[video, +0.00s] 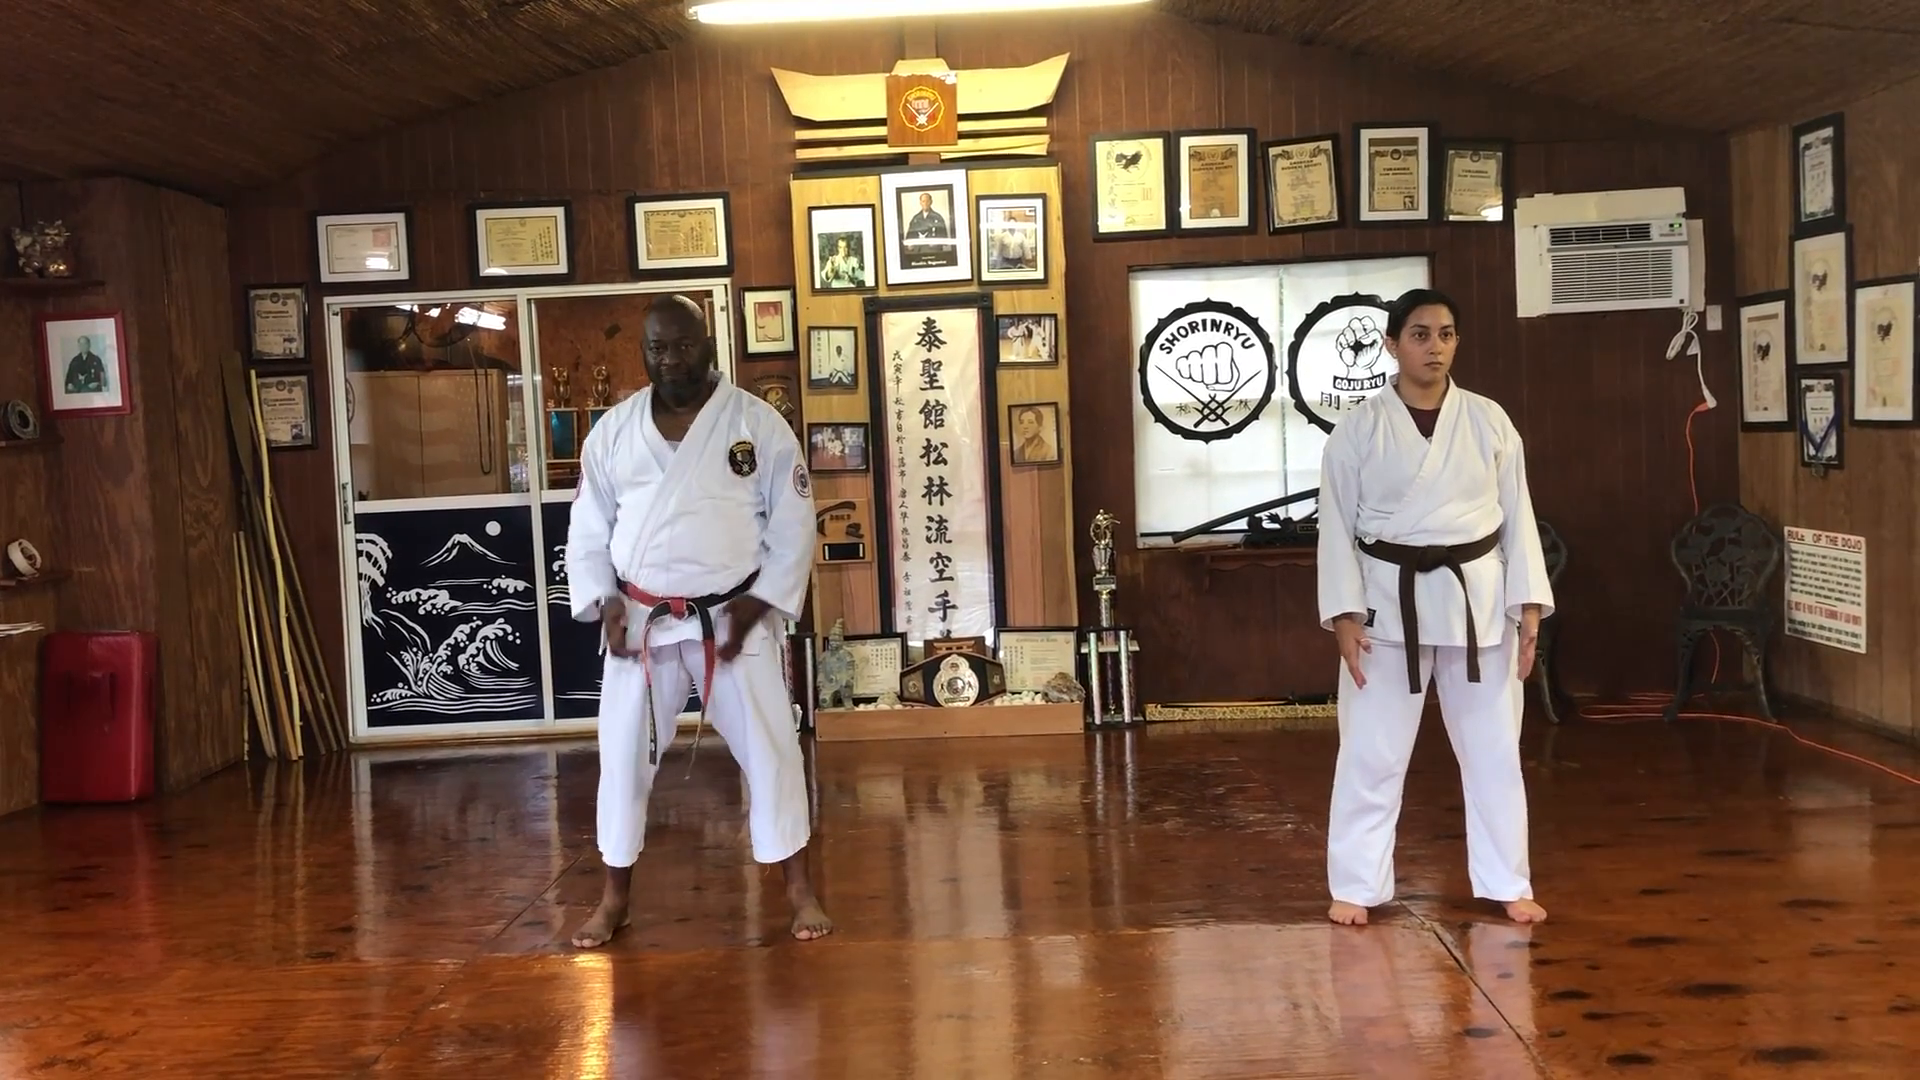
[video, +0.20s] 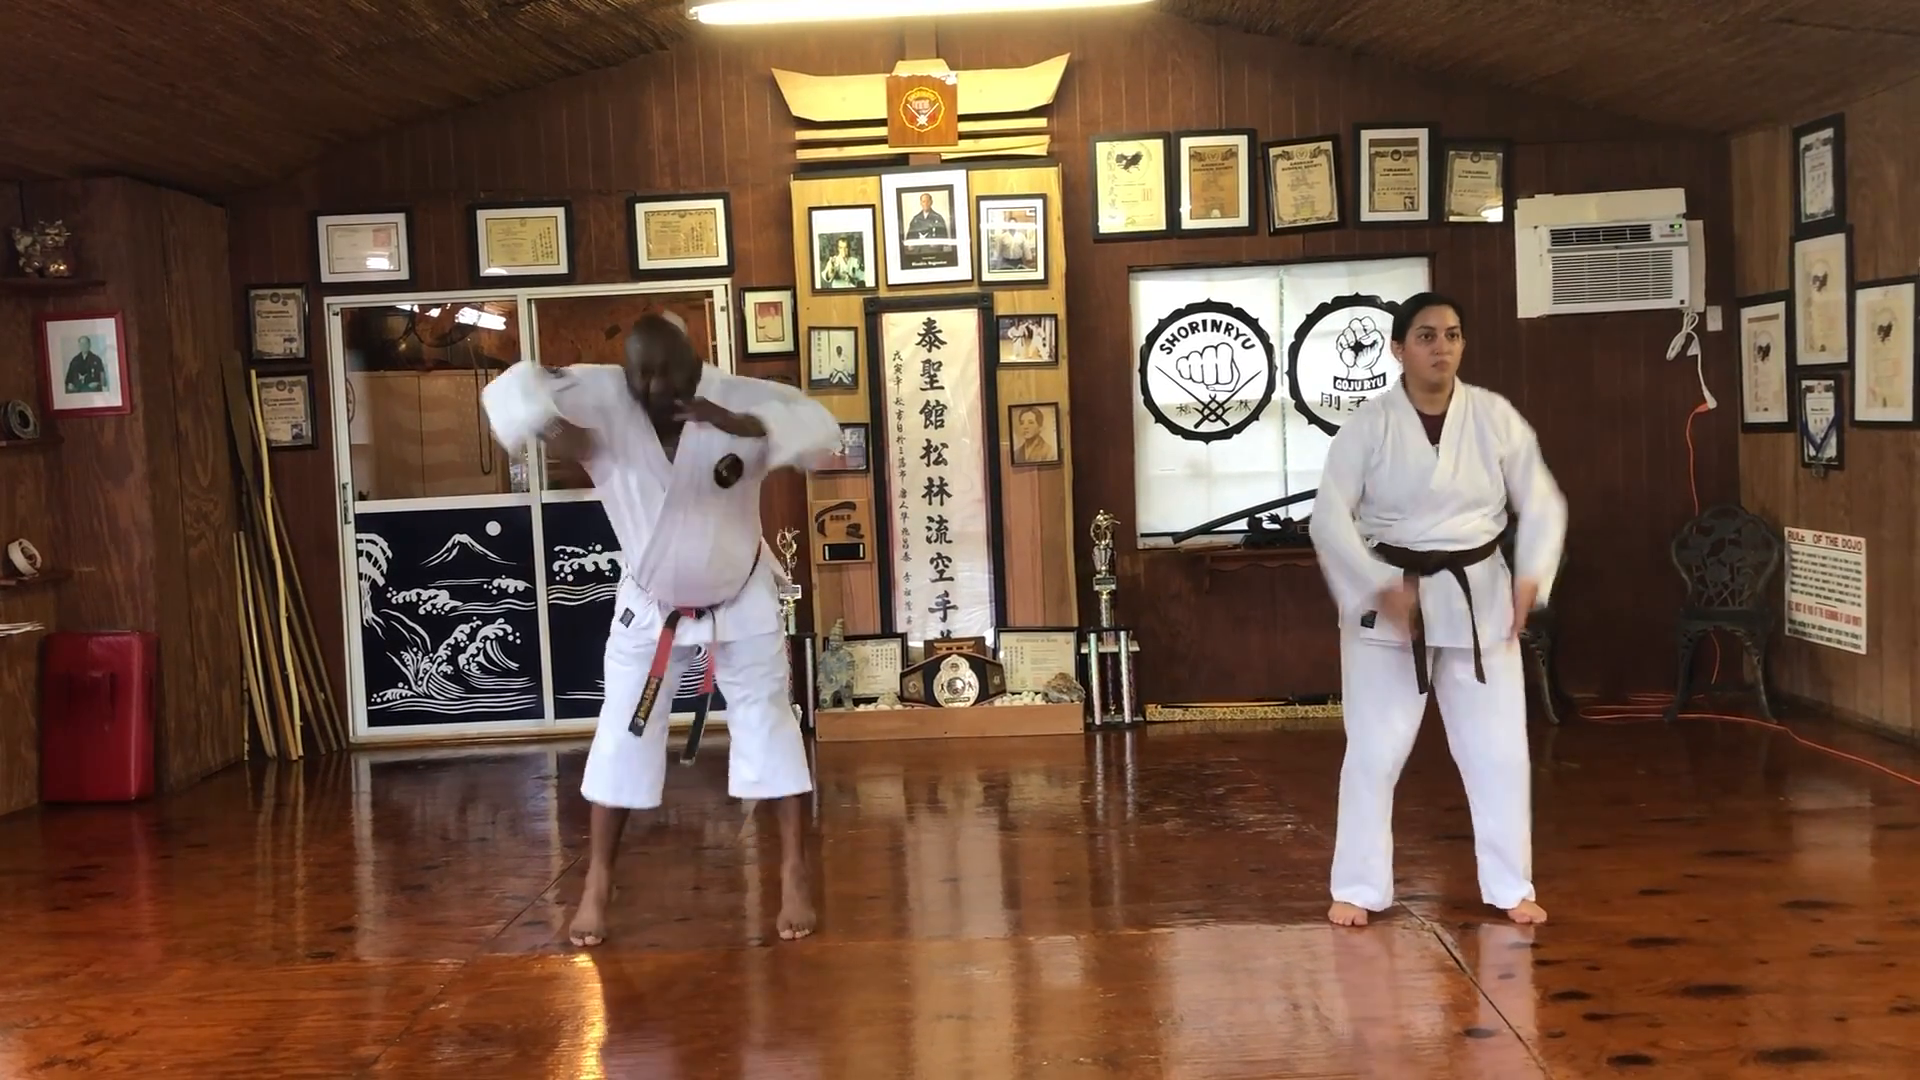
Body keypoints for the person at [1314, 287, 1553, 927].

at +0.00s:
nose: (1435, 345)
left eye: (1445, 334)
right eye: (1420, 333)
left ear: (1457, 344)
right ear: (1393, 345)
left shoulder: (1489, 420)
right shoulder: (1358, 427)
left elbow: (1518, 519)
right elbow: (1336, 523)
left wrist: (1529, 606)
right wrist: (1343, 611)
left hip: (1480, 603)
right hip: (1387, 603)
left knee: (1494, 755)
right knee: (1372, 756)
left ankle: (1508, 885)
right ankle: (1354, 890)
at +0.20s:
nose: (1441, 347)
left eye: (1451, 335)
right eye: (1426, 336)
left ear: (1463, 346)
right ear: (1399, 348)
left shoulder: (1496, 418)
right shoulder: (1368, 424)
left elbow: (1542, 504)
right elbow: (1329, 519)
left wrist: (1529, 578)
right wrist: (1381, 584)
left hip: (1481, 594)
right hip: (1388, 594)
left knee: (1499, 750)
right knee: (1374, 752)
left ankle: (1510, 889)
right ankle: (1357, 891)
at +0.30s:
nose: (1451, 352)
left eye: (1460, 341)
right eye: (1436, 342)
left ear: (1473, 354)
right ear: (1407, 356)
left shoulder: (1503, 406)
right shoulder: (1372, 415)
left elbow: (1588, 431)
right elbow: (1369, 443)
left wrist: (1564, 454)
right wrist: (1421, 462)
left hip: (1470, 585)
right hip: (1380, 586)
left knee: (1490, 732)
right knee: (1371, 735)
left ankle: (1512, 878)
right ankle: (1349, 881)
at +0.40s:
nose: (1457, 386)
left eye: (1467, 374)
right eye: (1445, 376)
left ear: (1481, 385)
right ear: (1420, 386)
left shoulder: (1498, 434)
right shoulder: (1389, 446)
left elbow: (1539, 403)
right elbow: (1394, 419)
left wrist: (1577, 348)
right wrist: (1423, 366)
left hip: (1471, 590)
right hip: (1380, 590)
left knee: (1486, 732)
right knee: (1371, 735)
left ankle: (1509, 881)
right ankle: (1348, 881)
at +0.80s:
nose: (1407, 419)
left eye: (1421, 403)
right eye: (1398, 410)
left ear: (1456, 408)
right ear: (1390, 417)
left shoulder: (1486, 453)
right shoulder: (1383, 462)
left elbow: (1550, 443)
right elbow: (1364, 476)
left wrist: (1540, 400)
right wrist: (1368, 425)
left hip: (1438, 615)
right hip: (1350, 607)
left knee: (1481, 746)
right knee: (1326, 735)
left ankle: (1508, 882)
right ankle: (1270, 866)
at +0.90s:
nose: (1367, 437)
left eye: (1380, 423)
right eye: (1361, 426)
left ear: (1421, 423)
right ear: (1356, 432)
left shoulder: (1467, 470)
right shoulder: (1354, 478)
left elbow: (1562, 446)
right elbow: (1330, 539)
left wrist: (1505, 440)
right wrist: (1335, 476)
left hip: (1416, 639)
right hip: (1328, 625)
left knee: (1479, 768)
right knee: (1265, 751)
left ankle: (1504, 893)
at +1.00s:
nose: (1297, 438)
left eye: (1309, 425)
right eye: (1293, 425)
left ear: (1348, 427)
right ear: (1297, 432)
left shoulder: (1400, 463)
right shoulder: (1285, 493)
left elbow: (1472, 454)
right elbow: (1327, 561)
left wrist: (1547, 427)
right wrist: (1384, 500)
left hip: (1365, 641)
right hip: (1273, 633)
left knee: (1437, 764)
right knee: (1194, 749)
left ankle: (1505, 892)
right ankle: (1081, 858)